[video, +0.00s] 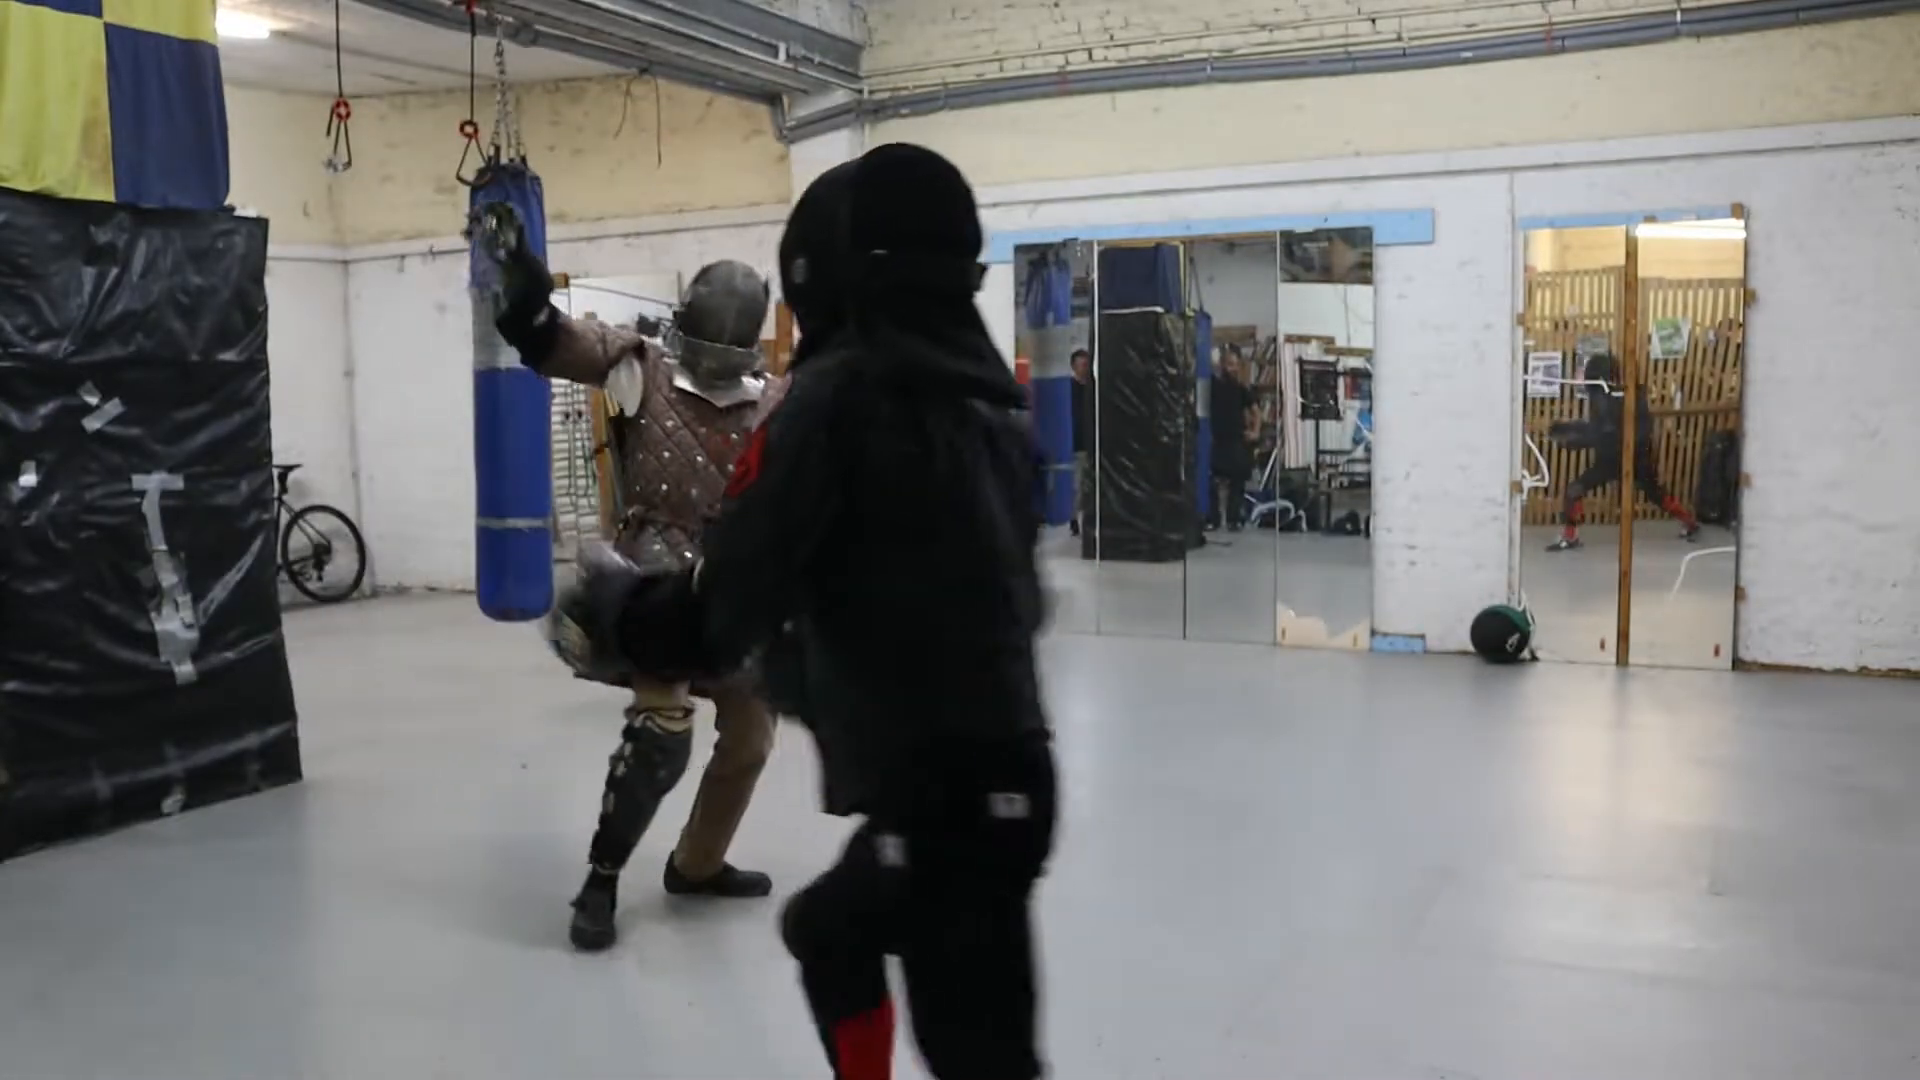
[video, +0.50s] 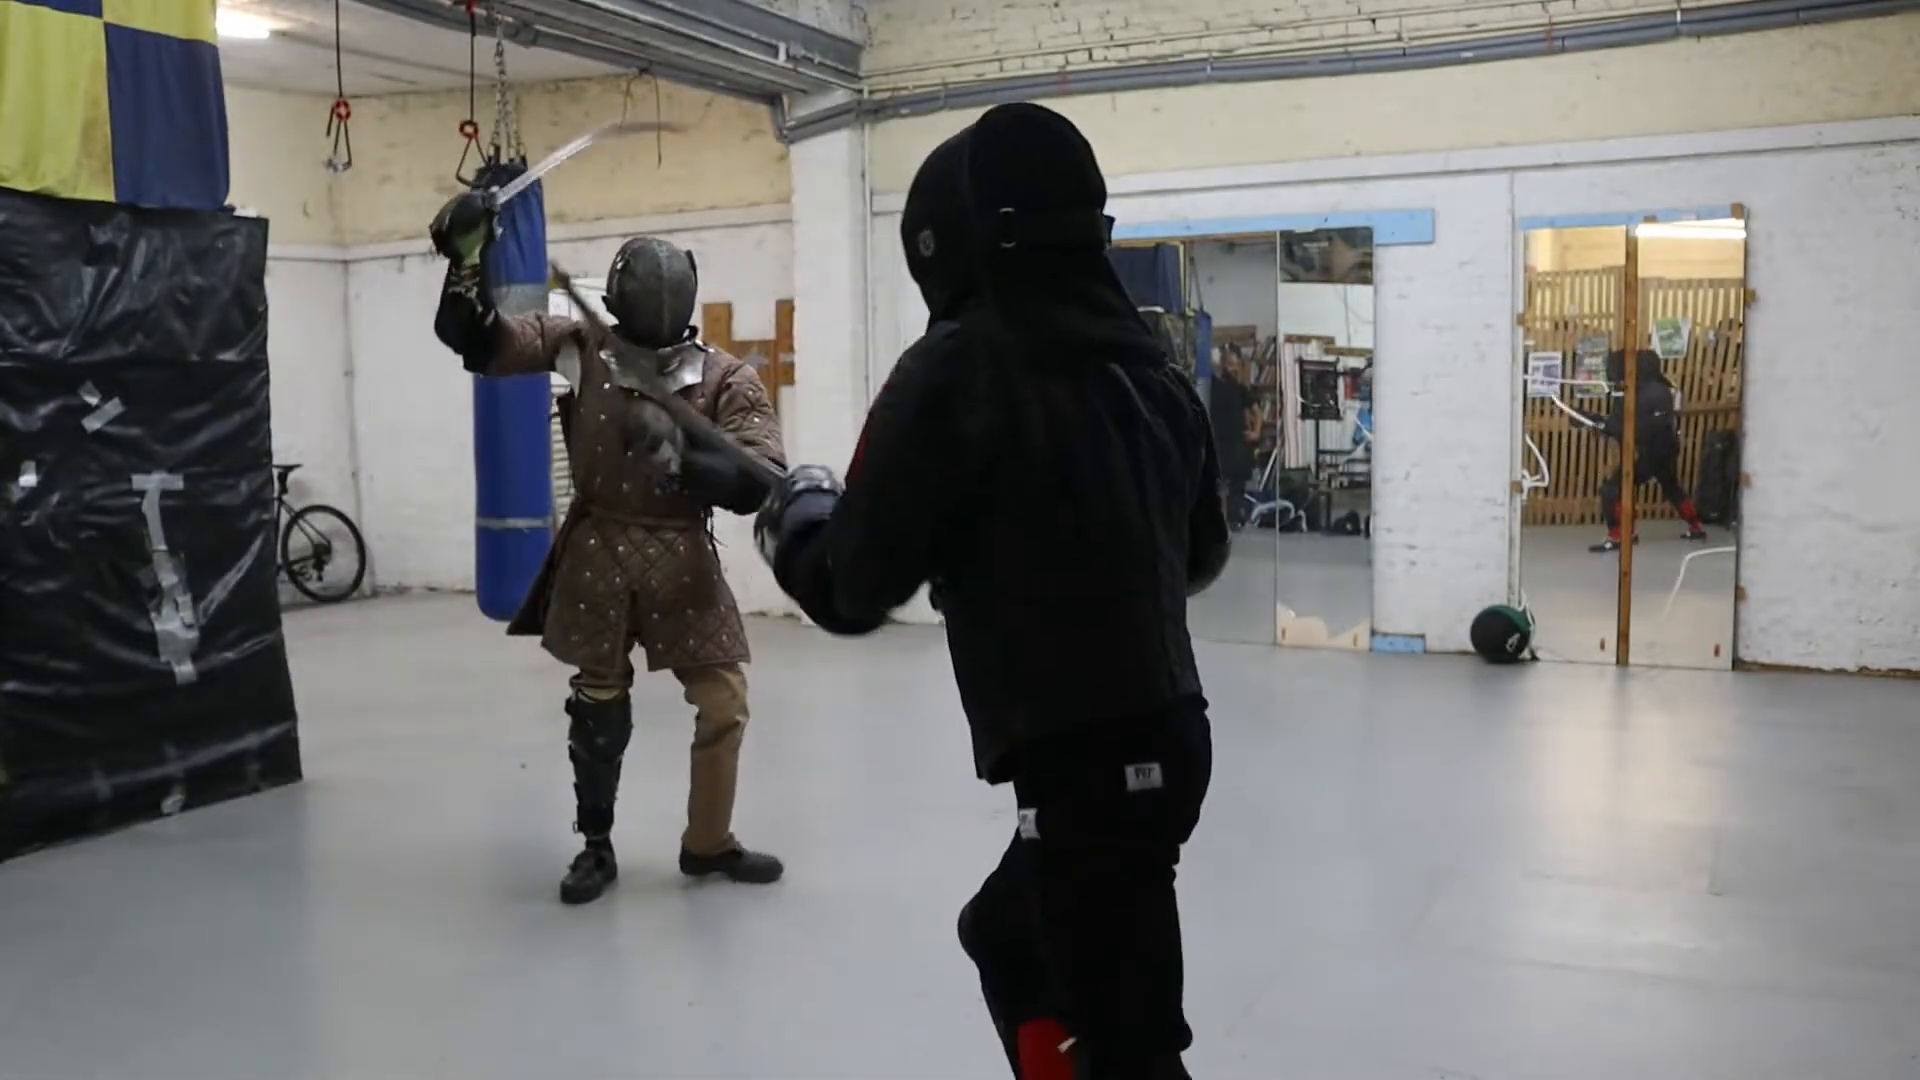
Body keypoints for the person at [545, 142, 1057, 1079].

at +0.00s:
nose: (789, 287)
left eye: (799, 263)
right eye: (793, 263)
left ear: (836, 272)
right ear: (948, 269)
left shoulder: (830, 409)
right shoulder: (984, 409)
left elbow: (719, 620)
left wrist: (613, 602)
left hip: (935, 792)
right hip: (1001, 775)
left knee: (982, 1054)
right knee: (827, 928)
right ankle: (870, 1079)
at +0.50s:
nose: (922, 268)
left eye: (928, 242)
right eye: (921, 242)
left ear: (962, 239)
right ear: (1080, 229)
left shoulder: (951, 371)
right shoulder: (1147, 361)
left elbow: (849, 589)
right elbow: (1198, 550)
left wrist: (794, 503)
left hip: (1072, 756)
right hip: (1168, 738)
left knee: (1129, 1038)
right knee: (1000, 929)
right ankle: (1055, 1068)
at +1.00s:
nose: (934, 262)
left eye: (942, 236)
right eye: (936, 236)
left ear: (977, 240)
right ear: (1103, 233)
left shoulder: (945, 383)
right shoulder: (1177, 386)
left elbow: (868, 624)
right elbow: (1229, 560)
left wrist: (836, 589)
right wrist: (1112, 557)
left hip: (1049, 768)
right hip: (1175, 757)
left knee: (1031, 1046)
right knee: (1042, 1013)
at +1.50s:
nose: (919, 256)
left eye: (924, 227)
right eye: (917, 229)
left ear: (957, 224)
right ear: (1107, 213)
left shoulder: (941, 386)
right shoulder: (1193, 390)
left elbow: (829, 624)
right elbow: (1226, 585)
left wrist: (795, 533)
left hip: (1057, 824)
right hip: (1189, 803)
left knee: (1005, 1061)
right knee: (1059, 1048)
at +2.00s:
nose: (894, 275)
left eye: (901, 244)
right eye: (890, 246)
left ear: (949, 239)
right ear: (1077, 230)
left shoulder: (937, 400)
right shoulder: (1147, 387)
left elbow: (779, 617)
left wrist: (760, 505)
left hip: (1043, 866)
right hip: (1161, 845)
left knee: (945, 1066)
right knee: (1013, 1057)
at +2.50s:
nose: (872, 244)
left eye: (887, 216)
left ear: (917, 236)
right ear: (1114, 215)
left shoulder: (886, 424)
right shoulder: (1191, 366)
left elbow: (698, 548)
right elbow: (1256, 213)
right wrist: (1129, 70)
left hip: (1032, 949)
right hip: (1219, 924)